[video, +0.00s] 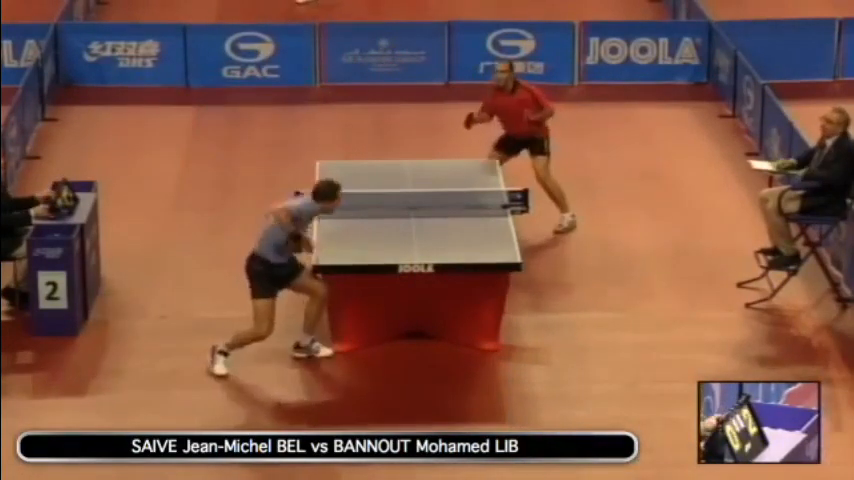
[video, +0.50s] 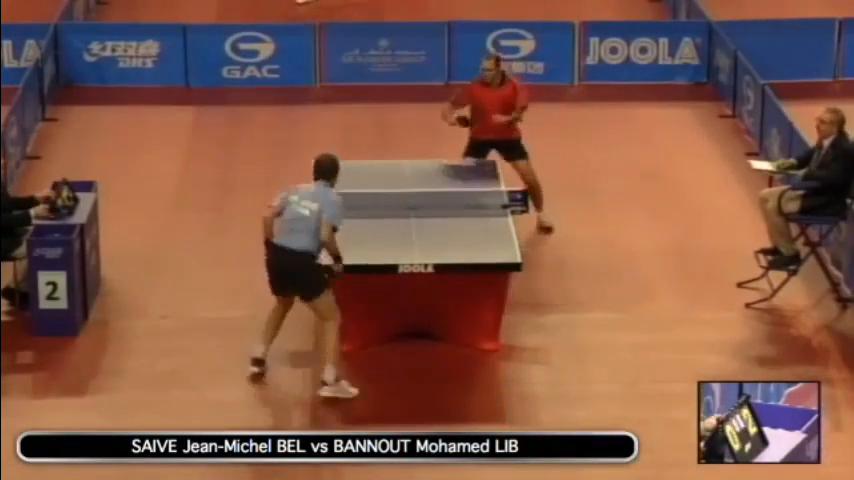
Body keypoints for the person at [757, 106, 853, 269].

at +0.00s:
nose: (822, 124)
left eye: (829, 122)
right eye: (823, 120)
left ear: (840, 128)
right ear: (823, 120)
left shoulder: (846, 148)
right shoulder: (826, 141)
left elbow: (833, 178)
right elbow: (806, 159)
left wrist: (802, 177)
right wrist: (789, 164)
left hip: (829, 199)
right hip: (813, 191)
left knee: (774, 206)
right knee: (765, 197)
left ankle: (790, 254)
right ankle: (780, 247)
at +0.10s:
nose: (821, 125)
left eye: (826, 122)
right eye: (822, 120)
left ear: (838, 128)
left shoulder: (845, 148)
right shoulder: (825, 142)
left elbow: (833, 178)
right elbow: (804, 160)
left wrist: (802, 176)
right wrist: (788, 164)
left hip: (829, 199)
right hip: (814, 191)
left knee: (774, 206)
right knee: (765, 197)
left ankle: (790, 254)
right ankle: (780, 247)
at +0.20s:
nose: (819, 126)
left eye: (825, 123)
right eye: (819, 121)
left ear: (837, 128)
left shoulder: (845, 149)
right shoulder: (824, 143)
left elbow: (832, 178)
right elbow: (803, 160)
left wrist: (802, 177)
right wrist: (788, 164)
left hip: (829, 199)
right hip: (813, 191)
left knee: (774, 206)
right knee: (765, 197)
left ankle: (790, 254)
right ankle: (780, 247)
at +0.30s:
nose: (818, 126)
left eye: (824, 123)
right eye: (819, 121)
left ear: (836, 128)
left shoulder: (844, 149)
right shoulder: (824, 143)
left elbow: (832, 178)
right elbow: (802, 161)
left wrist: (801, 177)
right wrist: (787, 165)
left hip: (829, 199)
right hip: (813, 191)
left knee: (774, 206)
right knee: (765, 197)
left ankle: (790, 254)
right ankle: (780, 247)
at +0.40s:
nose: (818, 125)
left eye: (824, 122)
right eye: (819, 121)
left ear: (836, 127)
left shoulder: (844, 149)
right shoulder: (824, 143)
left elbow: (833, 178)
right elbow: (803, 161)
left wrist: (801, 178)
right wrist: (787, 165)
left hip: (829, 199)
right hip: (813, 191)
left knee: (774, 206)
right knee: (765, 197)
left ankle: (790, 254)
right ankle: (780, 247)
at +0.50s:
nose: (818, 125)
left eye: (823, 122)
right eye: (818, 121)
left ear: (836, 127)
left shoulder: (844, 149)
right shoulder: (824, 143)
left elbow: (832, 178)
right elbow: (803, 160)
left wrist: (800, 179)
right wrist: (787, 165)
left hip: (828, 199)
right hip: (813, 191)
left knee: (774, 206)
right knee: (765, 197)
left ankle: (790, 254)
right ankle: (780, 247)